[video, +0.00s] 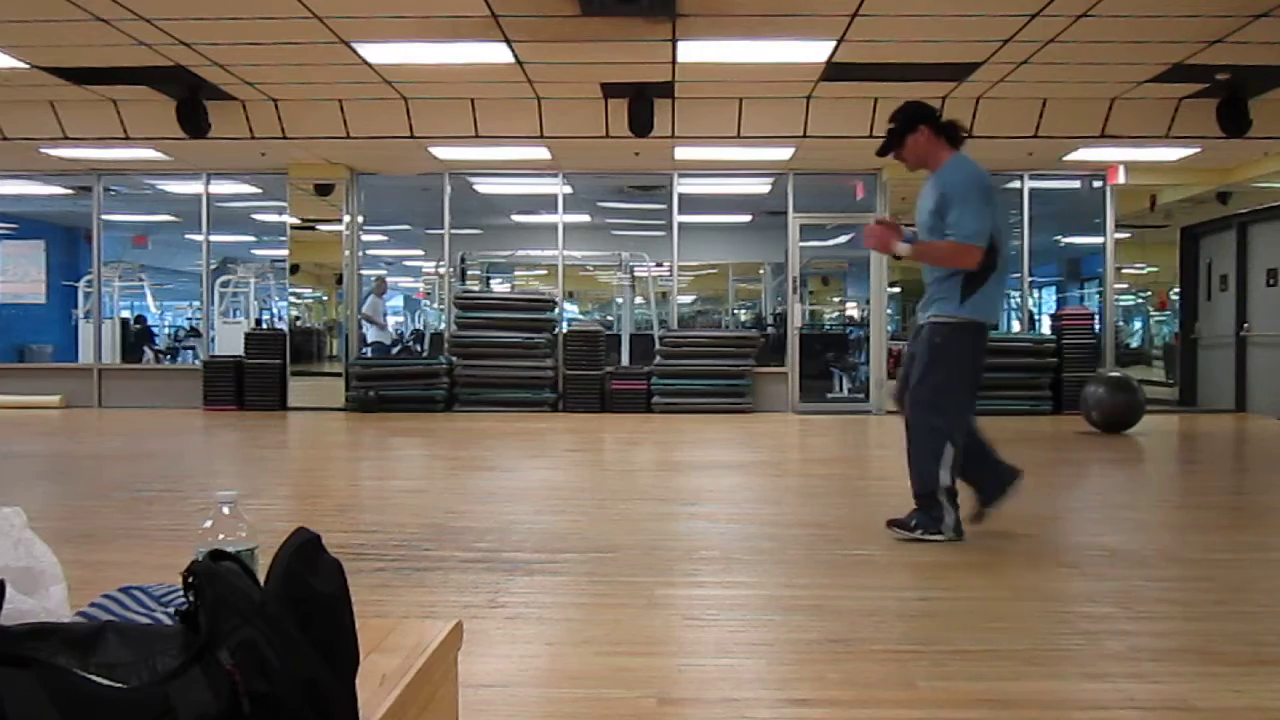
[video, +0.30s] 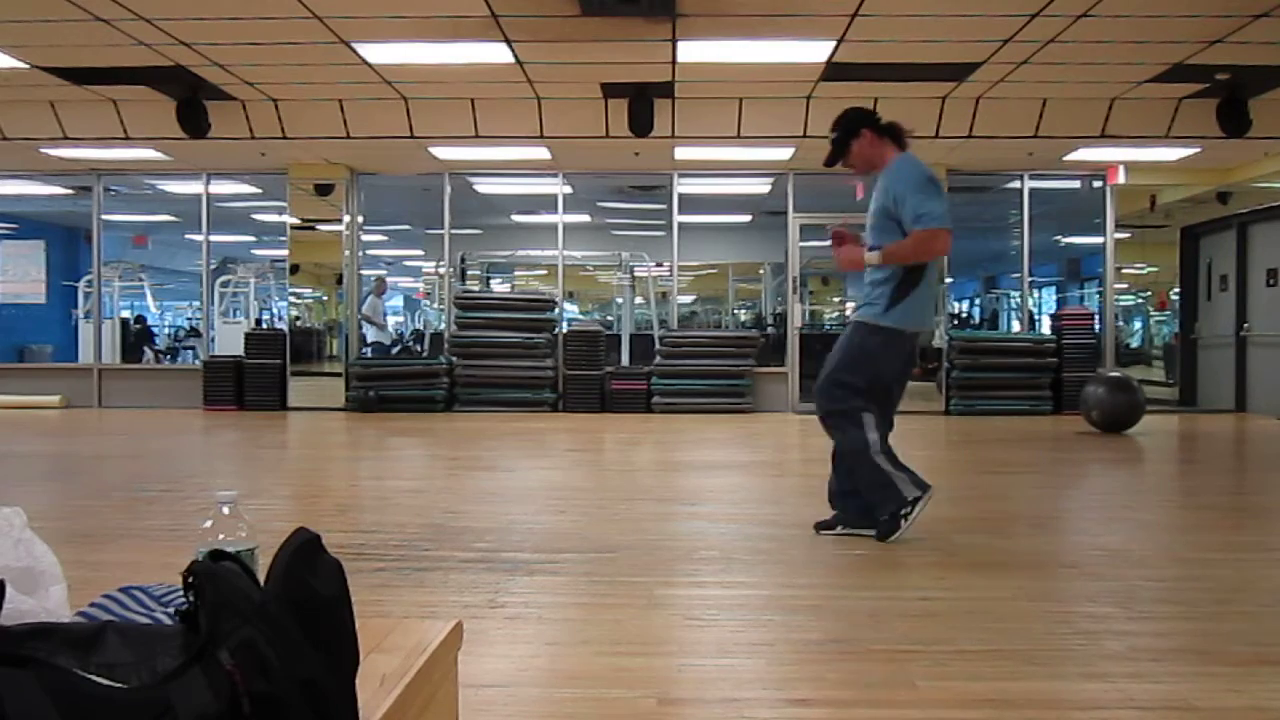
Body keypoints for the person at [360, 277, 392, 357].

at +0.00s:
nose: (386, 288)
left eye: (386, 286)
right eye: (384, 286)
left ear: (384, 286)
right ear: (378, 286)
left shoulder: (381, 300)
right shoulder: (372, 298)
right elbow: (365, 313)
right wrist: (379, 323)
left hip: (384, 336)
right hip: (376, 337)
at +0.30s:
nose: (385, 289)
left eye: (386, 286)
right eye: (383, 286)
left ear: (385, 287)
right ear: (377, 287)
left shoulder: (380, 300)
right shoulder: (372, 299)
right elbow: (365, 314)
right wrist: (378, 324)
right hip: (376, 337)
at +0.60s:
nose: (386, 288)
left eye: (386, 286)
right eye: (384, 286)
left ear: (385, 287)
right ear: (378, 286)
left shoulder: (381, 300)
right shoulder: (373, 299)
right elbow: (366, 315)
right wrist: (381, 322)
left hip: (384, 338)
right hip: (377, 338)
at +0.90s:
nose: (386, 289)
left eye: (386, 286)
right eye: (384, 286)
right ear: (378, 286)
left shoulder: (380, 300)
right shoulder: (373, 299)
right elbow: (367, 314)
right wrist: (381, 322)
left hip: (384, 337)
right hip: (377, 338)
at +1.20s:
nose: (385, 288)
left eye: (385, 286)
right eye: (383, 286)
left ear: (386, 286)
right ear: (377, 287)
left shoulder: (381, 300)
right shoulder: (373, 299)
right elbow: (367, 314)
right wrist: (380, 323)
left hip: (384, 337)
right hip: (377, 338)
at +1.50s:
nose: (385, 289)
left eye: (385, 286)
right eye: (383, 286)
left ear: (385, 287)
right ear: (377, 287)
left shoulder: (381, 300)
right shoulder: (373, 299)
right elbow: (365, 314)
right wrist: (379, 323)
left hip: (384, 337)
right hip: (376, 337)